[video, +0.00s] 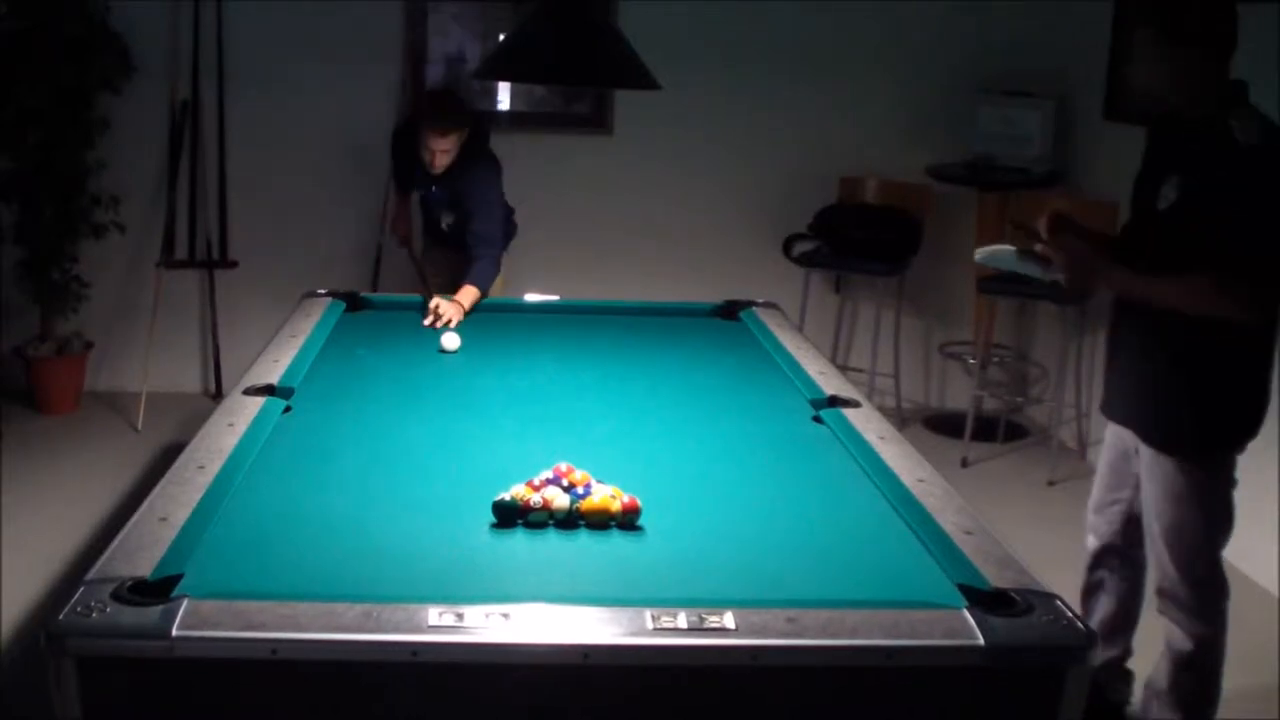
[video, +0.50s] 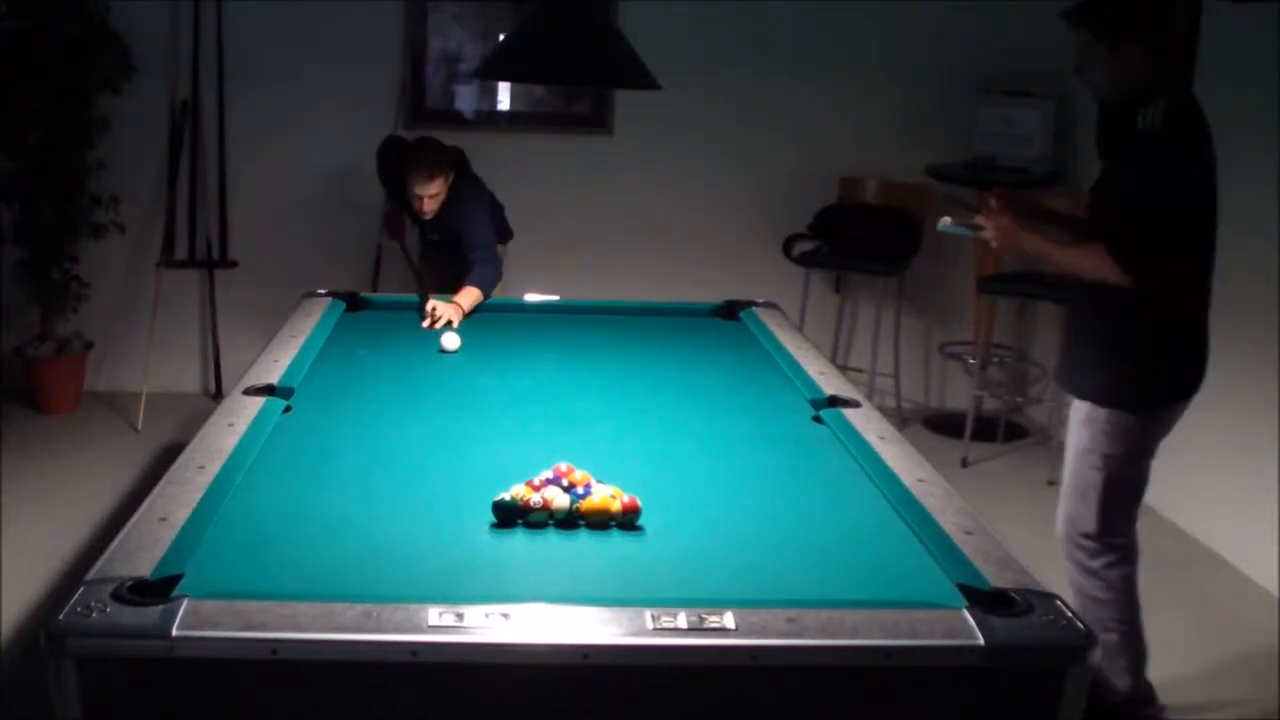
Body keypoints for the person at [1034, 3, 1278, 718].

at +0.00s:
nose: (1133, 70)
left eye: (1146, 51)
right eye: (1134, 51)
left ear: (1192, 56)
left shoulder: (1252, 152)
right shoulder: (1172, 139)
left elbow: (1239, 295)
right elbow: (1158, 256)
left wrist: (1109, 274)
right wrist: (1089, 248)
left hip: (1196, 408)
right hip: (1135, 389)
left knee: (1185, 588)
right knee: (1109, 548)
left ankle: (1177, 708)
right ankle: (1098, 675)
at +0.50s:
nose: (1081, 69)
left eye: (1091, 52)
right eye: (1082, 52)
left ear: (1128, 52)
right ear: (1144, 49)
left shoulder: (1156, 128)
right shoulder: (1153, 120)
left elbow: (1134, 264)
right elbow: (1119, 224)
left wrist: (1028, 245)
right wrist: (1034, 210)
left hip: (1126, 373)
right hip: (1131, 368)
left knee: (1092, 539)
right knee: (1095, 533)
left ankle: (1122, 695)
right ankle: (1111, 684)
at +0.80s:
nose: (1048, 70)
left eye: (1056, 55)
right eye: (1048, 56)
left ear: (1086, 56)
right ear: (1118, 52)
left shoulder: (1111, 126)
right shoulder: (1141, 122)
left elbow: (1096, 259)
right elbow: (1091, 218)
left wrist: (1000, 239)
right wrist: (1007, 206)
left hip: (1091, 374)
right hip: (1138, 370)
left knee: (1027, 520)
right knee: (1111, 525)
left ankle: (1014, 671)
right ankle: (1104, 668)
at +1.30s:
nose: (980, 74)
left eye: (988, 59)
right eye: (979, 60)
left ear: (1018, 56)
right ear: (1039, 52)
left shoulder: (1052, 122)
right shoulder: (1057, 113)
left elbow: (1031, 261)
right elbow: (1026, 218)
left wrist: (937, 240)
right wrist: (946, 204)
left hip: (1045, 358)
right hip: (1046, 350)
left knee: (1007, 515)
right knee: (999, 495)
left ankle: (1035, 645)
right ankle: (1031, 632)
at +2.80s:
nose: (1003, 68)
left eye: (1014, 54)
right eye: (1001, 54)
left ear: (1049, 52)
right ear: (1020, 54)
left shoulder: (1102, 128)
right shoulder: (1029, 126)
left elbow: (1101, 244)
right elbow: (1038, 226)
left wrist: (993, 239)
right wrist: (980, 224)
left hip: (1088, 355)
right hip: (1028, 346)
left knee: (1101, 506)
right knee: (1018, 493)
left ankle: (1144, 655)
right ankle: (1006, 628)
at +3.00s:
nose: (1069, 69)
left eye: (1082, 55)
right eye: (1068, 55)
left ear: (1122, 57)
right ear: (1077, 56)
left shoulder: (1179, 144)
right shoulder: (1075, 126)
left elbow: (1174, 261)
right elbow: (1068, 219)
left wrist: (1059, 252)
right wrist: (1019, 224)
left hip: (1138, 375)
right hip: (1061, 358)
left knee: (1158, 525)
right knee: (1035, 496)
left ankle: (1185, 674)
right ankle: (1011, 630)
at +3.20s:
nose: (1121, 75)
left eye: (1137, 60)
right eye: (1125, 60)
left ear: (1186, 64)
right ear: (1150, 70)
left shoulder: (1258, 156)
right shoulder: (1129, 146)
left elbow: (1263, 282)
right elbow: (1099, 241)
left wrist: (1149, 277)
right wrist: (1081, 251)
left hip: (1213, 391)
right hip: (1122, 375)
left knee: (1199, 547)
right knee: (1060, 505)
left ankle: (1191, 678)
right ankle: (1018, 634)